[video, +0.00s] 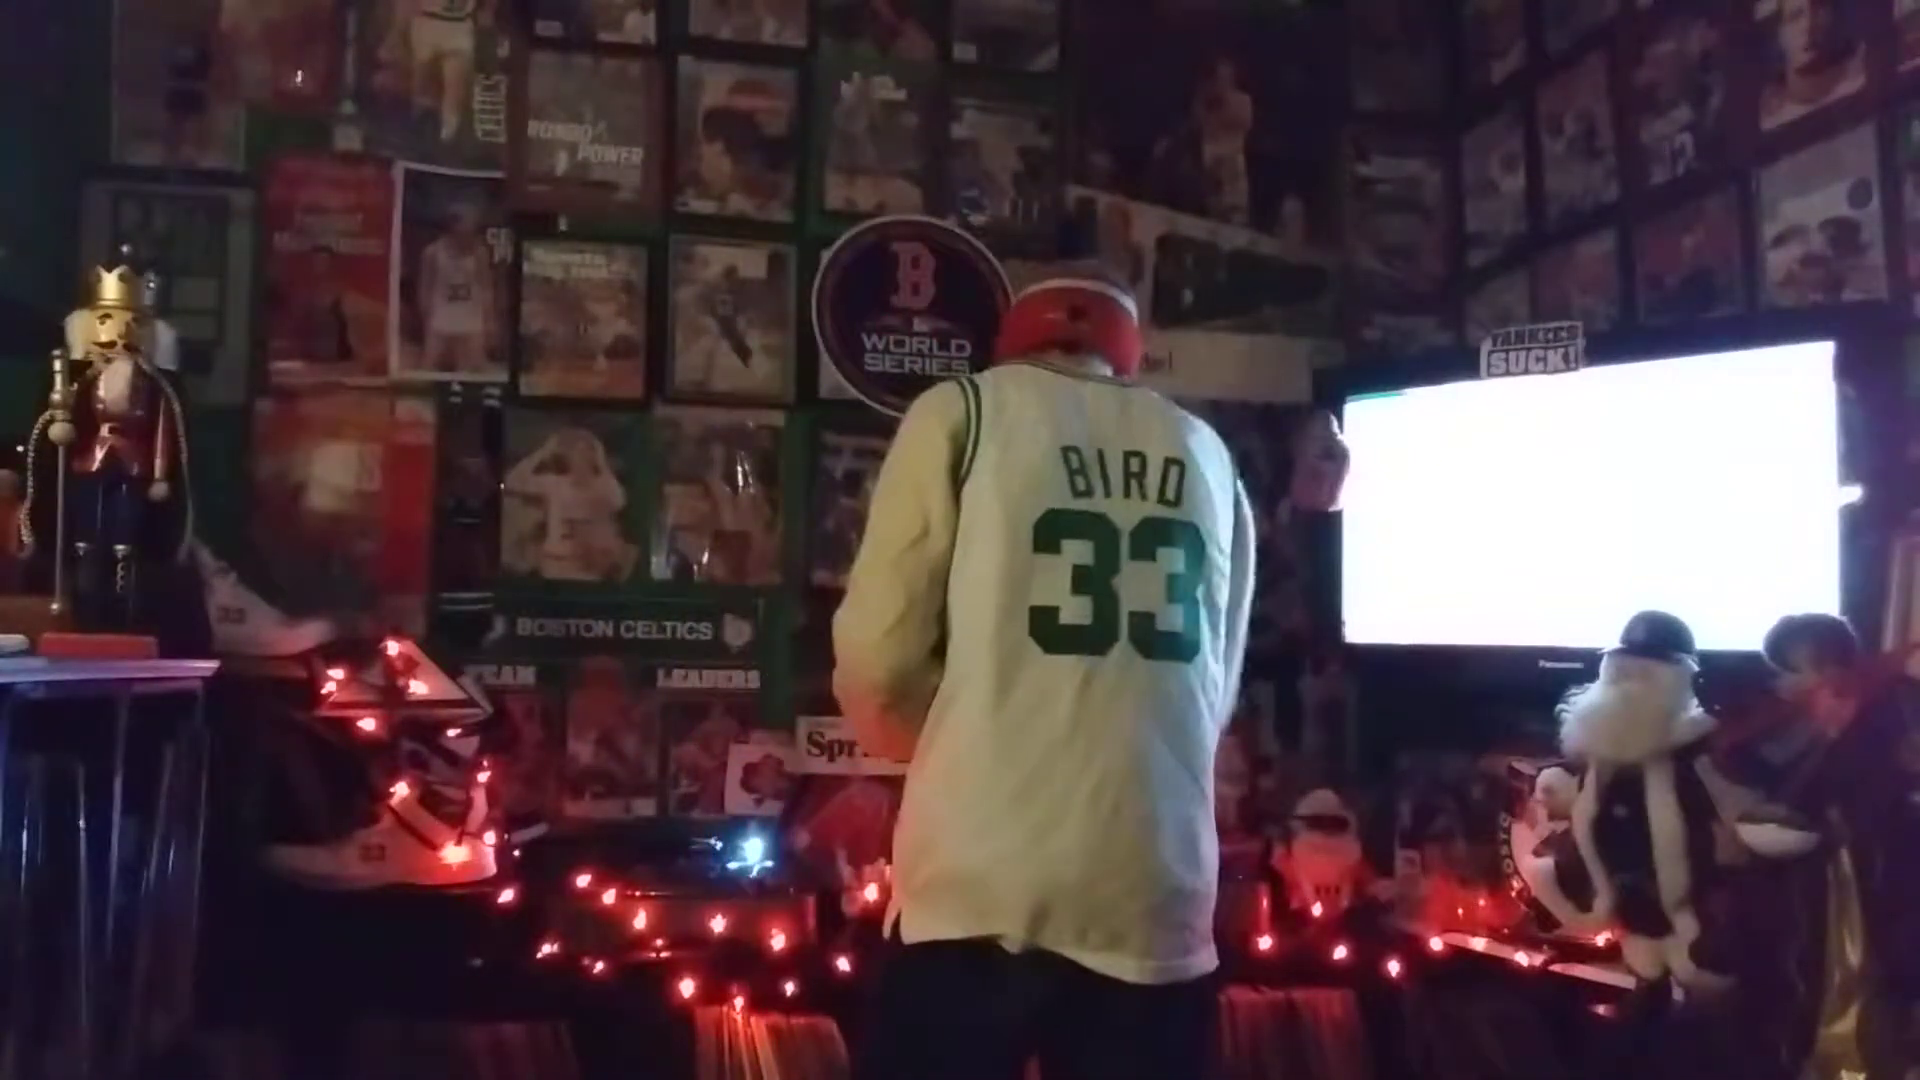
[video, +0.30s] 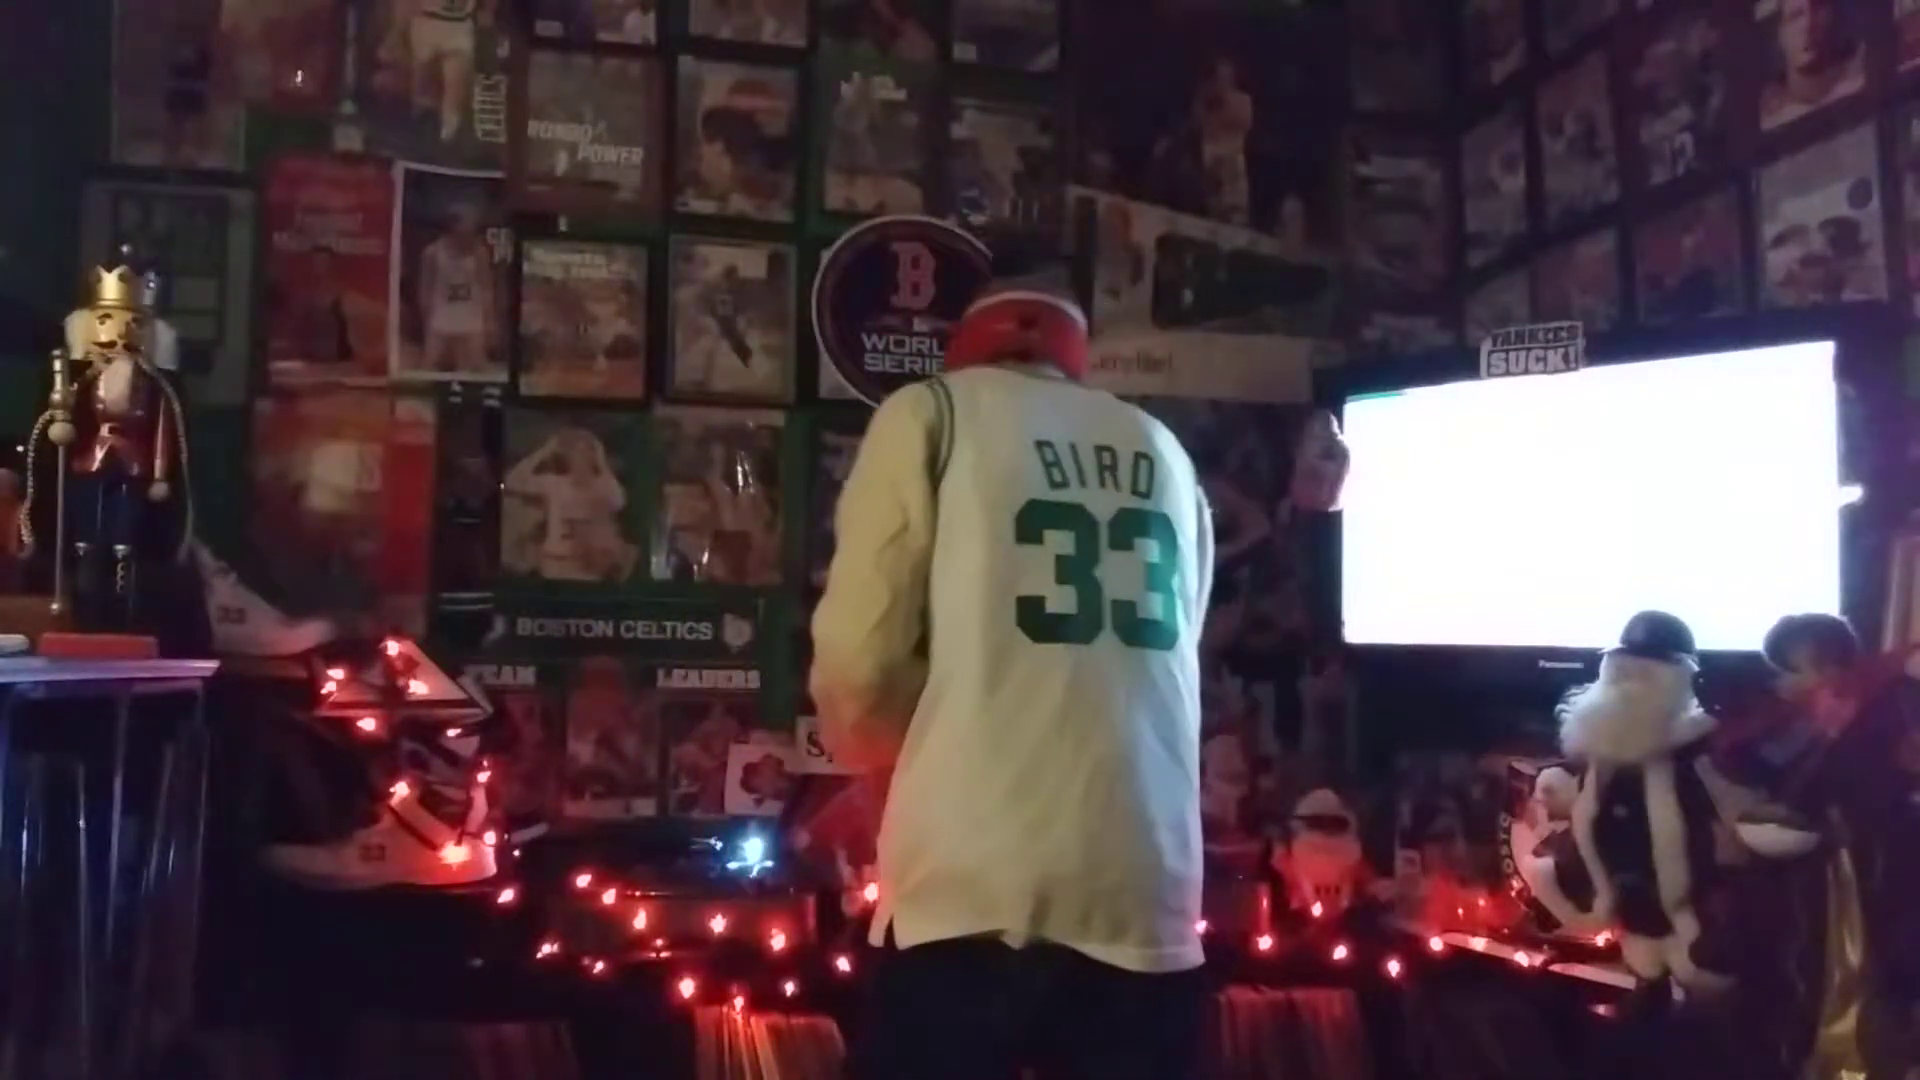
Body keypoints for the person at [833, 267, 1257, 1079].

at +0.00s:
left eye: (1004, 343)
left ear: (1011, 341)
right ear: (1134, 360)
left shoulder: (961, 411)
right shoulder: (1213, 455)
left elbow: (876, 661)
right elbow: (1216, 688)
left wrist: (950, 766)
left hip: (975, 884)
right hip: (1156, 903)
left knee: (933, 1061)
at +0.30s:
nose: (951, 361)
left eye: (956, 349)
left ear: (966, 347)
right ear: (1078, 361)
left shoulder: (928, 412)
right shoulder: (1168, 451)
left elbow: (856, 664)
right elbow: (1173, 656)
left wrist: (906, 772)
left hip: (970, 898)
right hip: (1146, 917)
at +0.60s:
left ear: (900, 354)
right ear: (1016, 359)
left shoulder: (860, 420)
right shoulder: (1114, 452)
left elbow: (794, 676)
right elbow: (1126, 667)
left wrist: (887, 750)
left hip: (922, 921)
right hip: (1108, 930)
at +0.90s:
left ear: (849, 348)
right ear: (983, 352)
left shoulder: (797, 424)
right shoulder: (1063, 448)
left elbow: (729, 672)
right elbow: (1093, 684)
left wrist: (827, 773)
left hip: (861, 887)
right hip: (1054, 893)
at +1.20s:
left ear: (828, 342)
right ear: (967, 354)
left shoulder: (757, 427)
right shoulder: (1025, 447)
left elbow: (684, 671)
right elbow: (1073, 692)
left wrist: (800, 757)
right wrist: (1012, 812)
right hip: (1010, 912)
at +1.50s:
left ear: (825, 344)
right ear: (952, 360)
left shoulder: (736, 431)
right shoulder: (1010, 449)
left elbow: (665, 671)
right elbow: (1061, 690)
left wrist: (783, 761)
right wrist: (1016, 819)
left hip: (792, 904)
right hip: (985, 904)